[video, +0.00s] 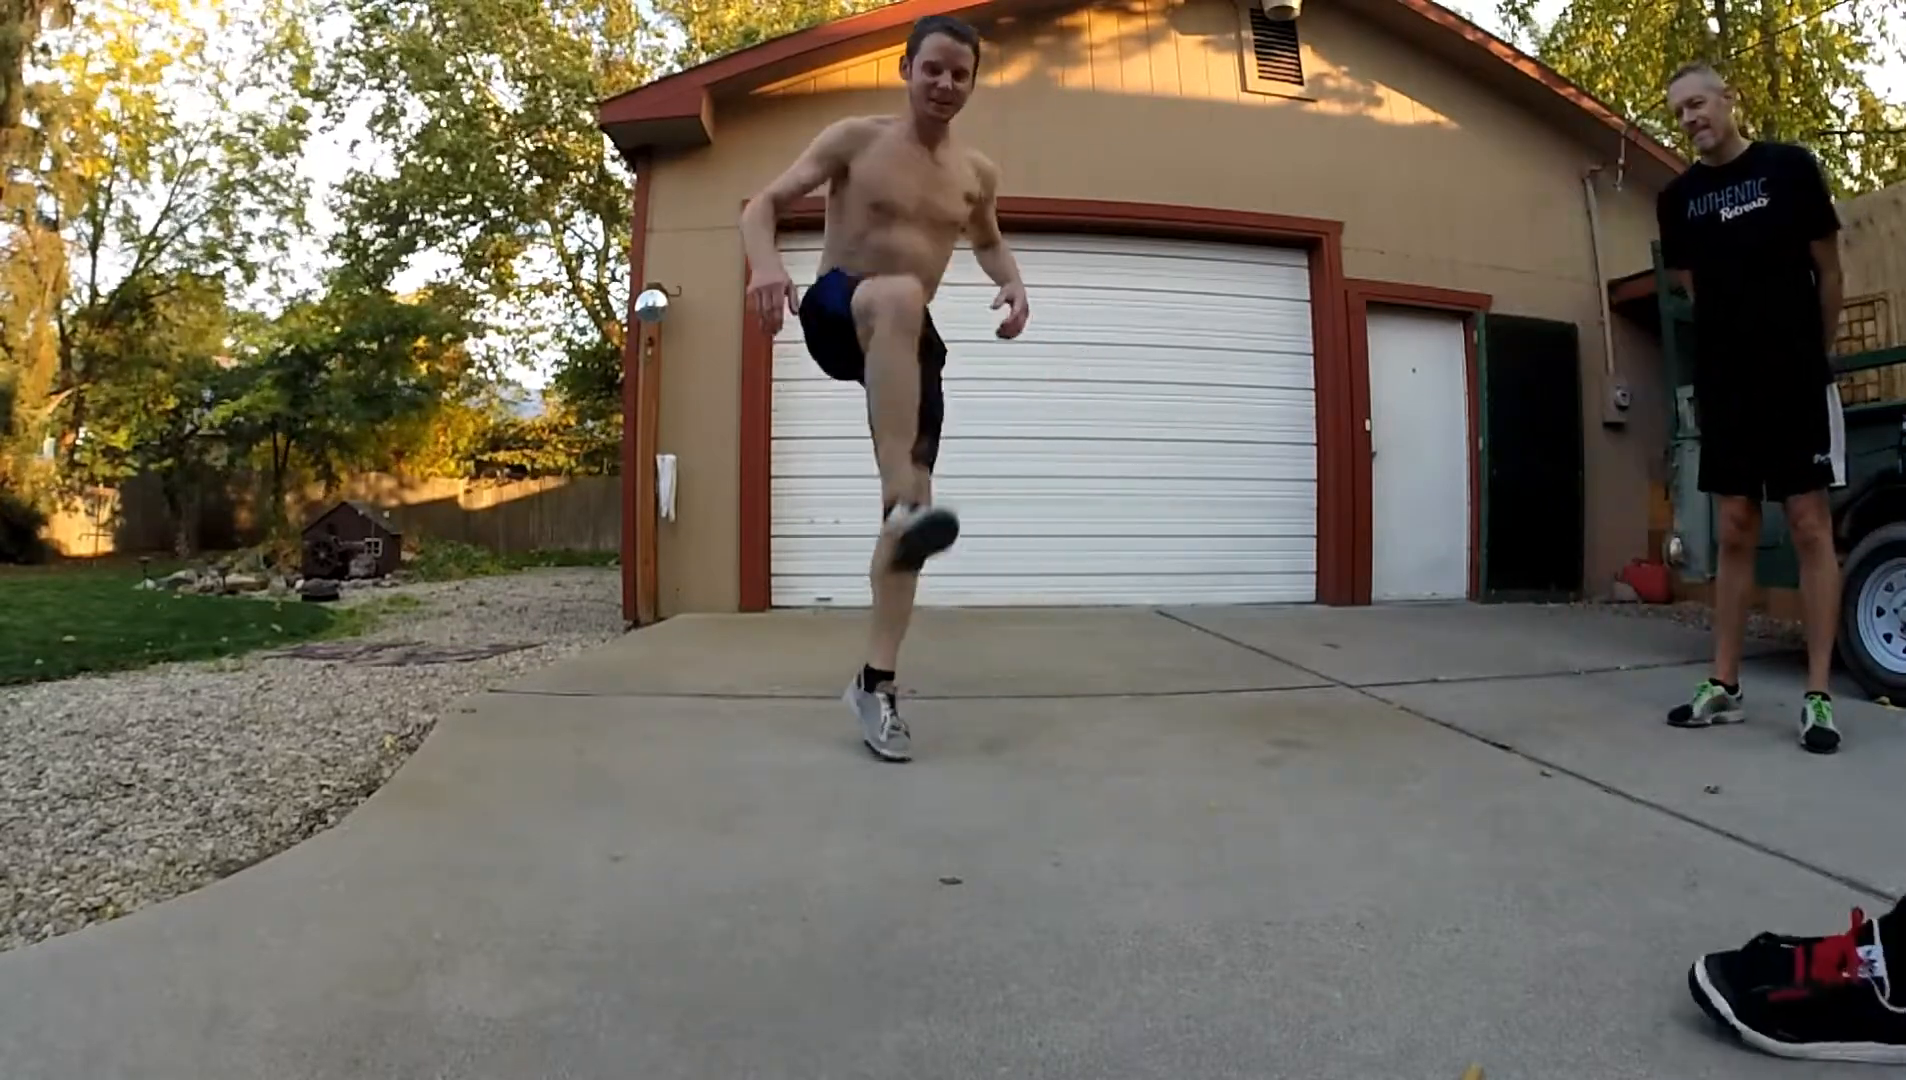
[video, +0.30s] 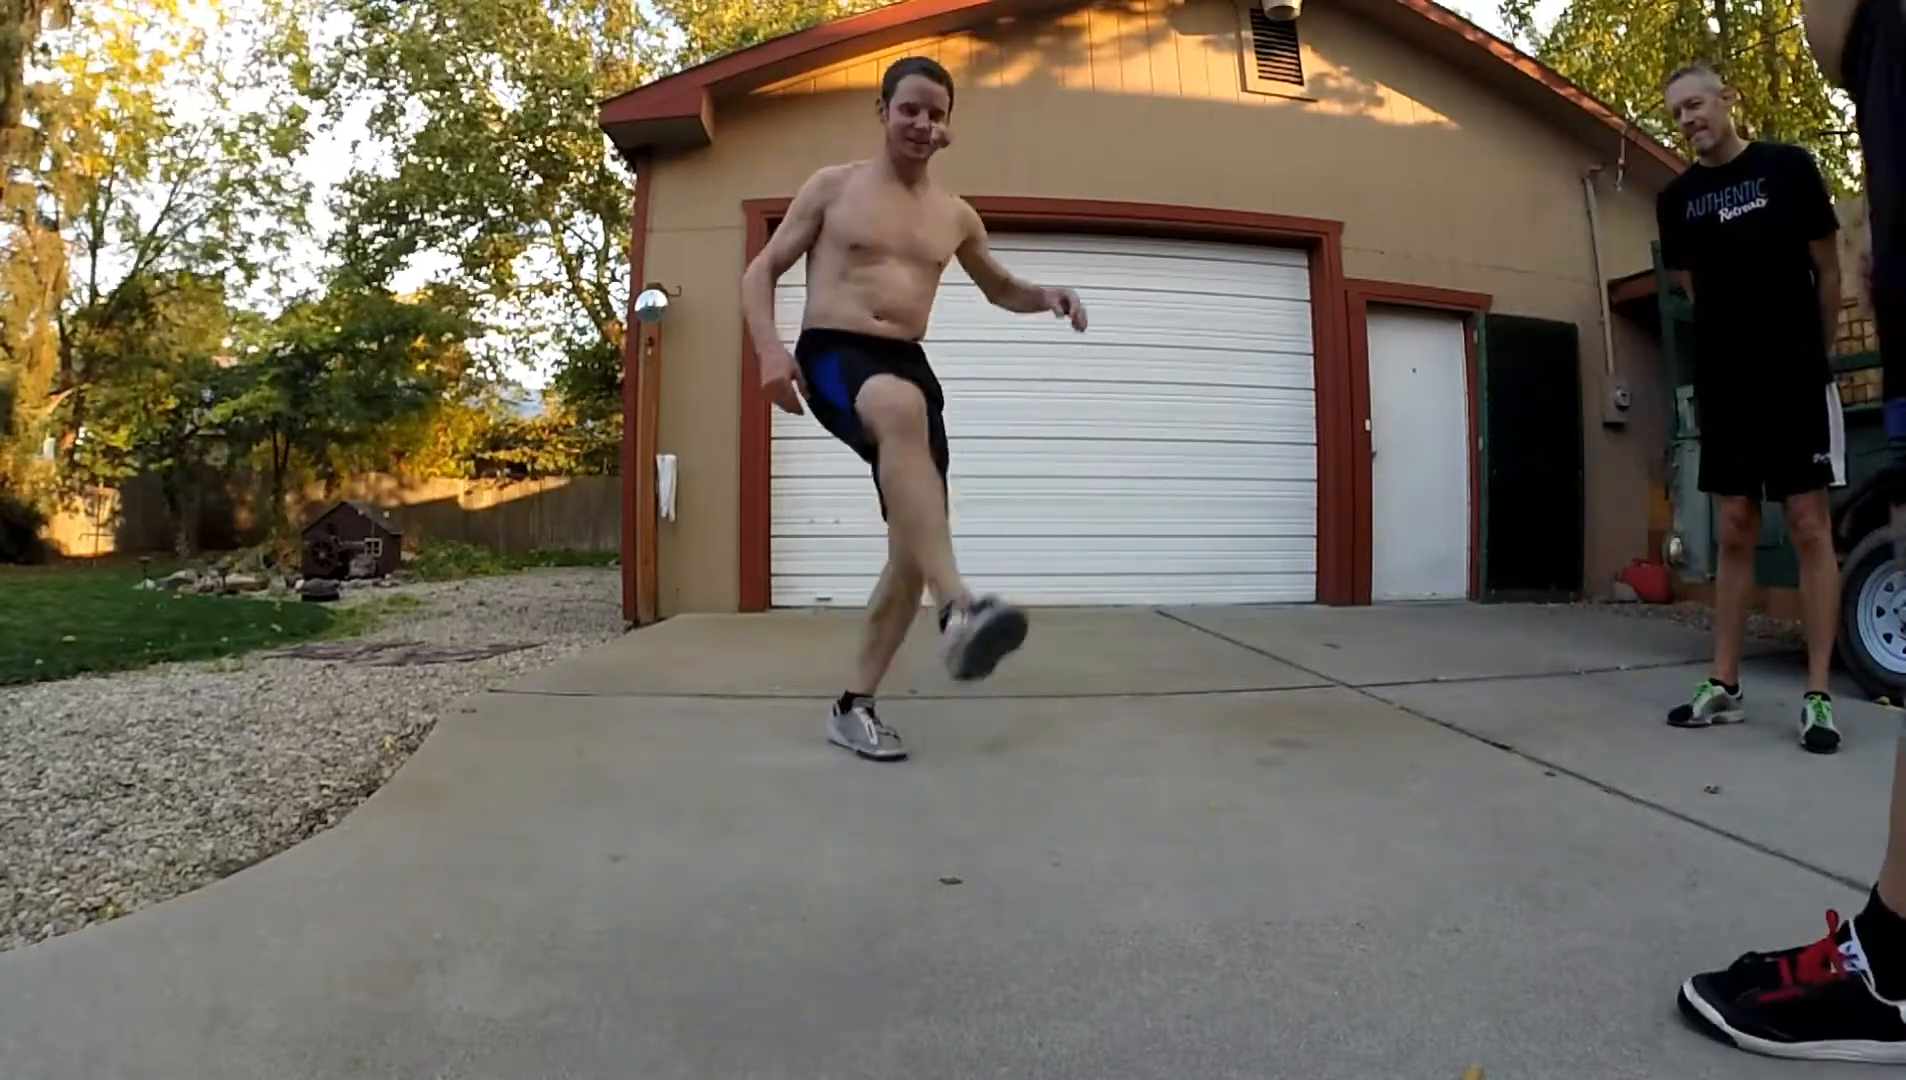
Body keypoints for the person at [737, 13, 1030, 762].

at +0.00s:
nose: (943, 84)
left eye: (958, 73)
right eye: (931, 69)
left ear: (972, 83)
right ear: (907, 72)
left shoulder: (976, 172)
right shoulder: (853, 138)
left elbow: (989, 244)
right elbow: (761, 206)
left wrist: (1015, 288)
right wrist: (764, 265)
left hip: (917, 334)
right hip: (839, 317)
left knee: (910, 509)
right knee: (900, 294)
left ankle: (876, 684)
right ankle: (903, 502)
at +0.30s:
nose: (922, 124)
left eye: (935, 114)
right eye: (910, 109)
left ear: (947, 126)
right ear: (884, 113)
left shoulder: (957, 215)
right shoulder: (831, 186)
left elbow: (1000, 288)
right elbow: (759, 273)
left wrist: (1047, 297)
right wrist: (770, 348)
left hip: (910, 364)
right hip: (833, 351)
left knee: (913, 550)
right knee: (903, 409)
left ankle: (855, 706)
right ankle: (956, 609)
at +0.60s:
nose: (923, 85)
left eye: (936, 76)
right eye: (910, 71)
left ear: (949, 87)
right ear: (883, 75)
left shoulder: (952, 172)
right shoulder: (832, 145)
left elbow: (975, 245)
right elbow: (757, 229)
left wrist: (1027, 262)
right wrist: (762, 290)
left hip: (902, 336)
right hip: (829, 315)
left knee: (889, 519)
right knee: (886, 372)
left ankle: (854, 690)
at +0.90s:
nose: (925, 124)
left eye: (938, 115)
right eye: (914, 109)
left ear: (949, 124)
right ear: (883, 106)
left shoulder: (947, 207)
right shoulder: (829, 174)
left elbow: (992, 267)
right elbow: (750, 252)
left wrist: (1029, 271)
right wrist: (765, 329)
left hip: (891, 367)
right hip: (820, 344)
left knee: (890, 533)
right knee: (907, 343)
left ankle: (847, 703)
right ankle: (980, 532)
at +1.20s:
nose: (924, 111)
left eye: (937, 101)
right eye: (912, 96)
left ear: (947, 112)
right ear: (883, 99)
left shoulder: (940, 204)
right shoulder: (831, 169)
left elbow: (945, 290)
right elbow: (760, 255)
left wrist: (999, 313)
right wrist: (759, 340)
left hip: (900, 362)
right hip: (829, 350)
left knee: (928, 535)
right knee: (898, 455)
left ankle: (857, 700)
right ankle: (919, 671)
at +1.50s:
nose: (933, 107)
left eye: (947, 98)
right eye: (922, 90)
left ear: (958, 105)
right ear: (892, 85)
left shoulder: (947, 186)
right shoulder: (835, 144)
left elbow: (979, 242)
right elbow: (733, 185)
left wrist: (1028, 244)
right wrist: (757, 221)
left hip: (883, 351)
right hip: (809, 334)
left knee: (877, 514)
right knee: (877, 259)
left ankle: (865, 689)